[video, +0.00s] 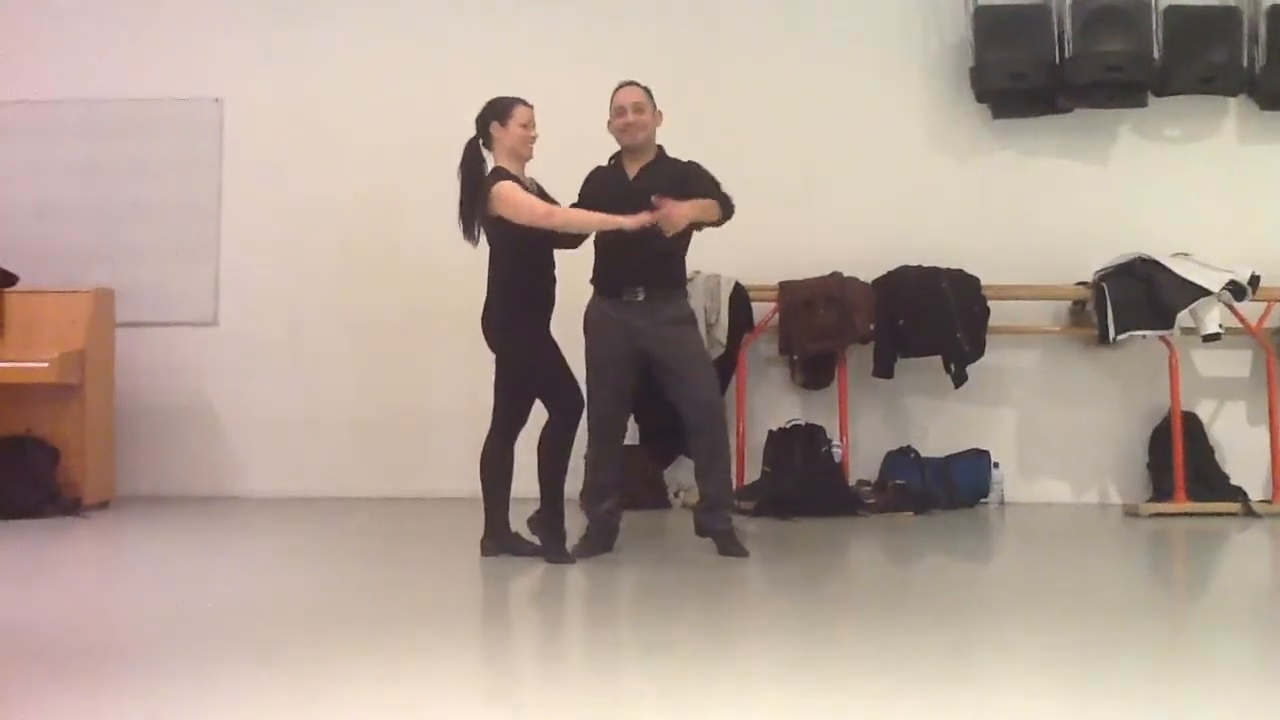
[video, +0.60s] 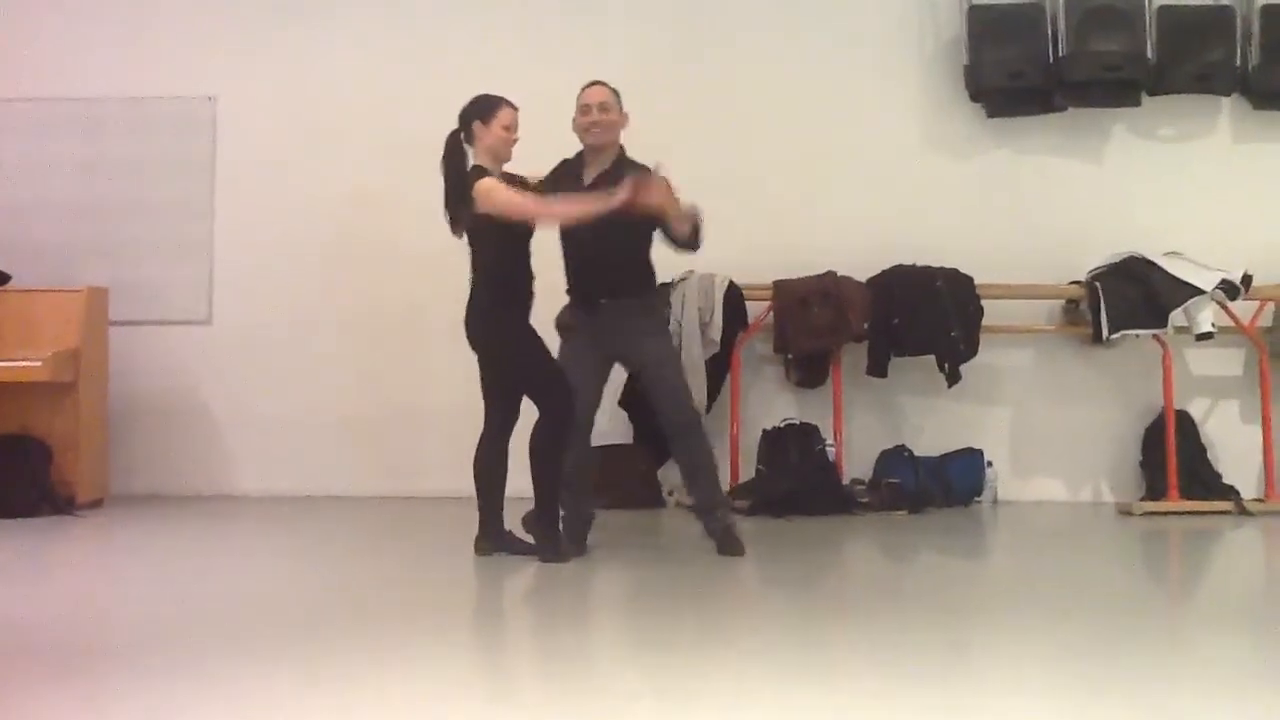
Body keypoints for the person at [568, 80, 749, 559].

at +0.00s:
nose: (628, 118)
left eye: (638, 110)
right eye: (619, 112)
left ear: (657, 118)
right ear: (609, 124)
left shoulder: (684, 174)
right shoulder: (598, 182)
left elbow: (723, 208)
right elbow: (570, 235)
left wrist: (688, 211)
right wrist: (523, 224)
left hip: (669, 314)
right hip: (610, 315)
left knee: (706, 407)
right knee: (605, 419)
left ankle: (717, 519)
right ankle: (601, 525)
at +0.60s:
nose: (593, 117)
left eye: (604, 109)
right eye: (585, 110)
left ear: (623, 120)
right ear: (574, 122)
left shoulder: (643, 180)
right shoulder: (559, 181)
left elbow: (689, 240)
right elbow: (519, 216)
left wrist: (673, 210)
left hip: (642, 315)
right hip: (585, 319)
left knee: (679, 415)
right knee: (572, 419)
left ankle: (718, 519)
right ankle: (572, 529)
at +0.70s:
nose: (583, 119)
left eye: (593, 112)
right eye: (575, 113)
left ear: (613, 123)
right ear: (565, 124)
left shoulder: (638, 189)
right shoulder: (554, 182)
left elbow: (662, 258)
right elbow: (516, 220)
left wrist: (623, 263)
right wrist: (481, 193)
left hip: (626, 319)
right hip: (571, 321)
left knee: (664, 412)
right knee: (562, 417)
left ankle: (717, 508)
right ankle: (571, 527)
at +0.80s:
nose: (581, 119)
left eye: (592, 112)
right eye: (573, 112)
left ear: (611, 123)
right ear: (563, 124)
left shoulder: (635, 188)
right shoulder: (554, 181)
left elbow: (648, 260)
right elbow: (521, 226)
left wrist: (595, 268)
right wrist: (480, 203)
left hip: (621, 316)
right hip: (567, 318)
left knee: (641, 406)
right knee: (562, 419)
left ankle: (692, 487)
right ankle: (571, 523)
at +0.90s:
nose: (579, 121)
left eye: (589, 113)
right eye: (571, 114)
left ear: (608, 125)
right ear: (561, 126)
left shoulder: (630, 187)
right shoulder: (549, 186)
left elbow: (626, 255)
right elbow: (532, 238)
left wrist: (573, 248)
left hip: (617, 315)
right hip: (565, 315)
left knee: (618, 407)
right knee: (560, 418)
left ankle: (650, 471)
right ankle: (570, 522)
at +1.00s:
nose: (576, 120)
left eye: (587, 113)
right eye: (568, 114)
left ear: (606, 126)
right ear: (558, 128)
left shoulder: (625, 183)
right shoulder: (550, 187)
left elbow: (615, 241)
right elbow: (525, 245)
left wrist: (548, 206)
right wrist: (484, 228)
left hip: (615, 319)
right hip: (562, 319)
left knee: (600, 415)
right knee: (556, 417)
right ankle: (567, 519)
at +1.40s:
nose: (578, 119)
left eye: (588, 112)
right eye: (570, 113)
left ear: (607, 124)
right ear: (560, 126)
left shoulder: (631, 185)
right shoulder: (548, 185)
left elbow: (626, 251)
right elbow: (522, 237)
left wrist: (577, 253)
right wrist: (482, 213)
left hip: (609, 320)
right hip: (556, 316)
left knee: (586, 421)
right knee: (554, 413)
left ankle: (546, 509)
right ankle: (567, 524)